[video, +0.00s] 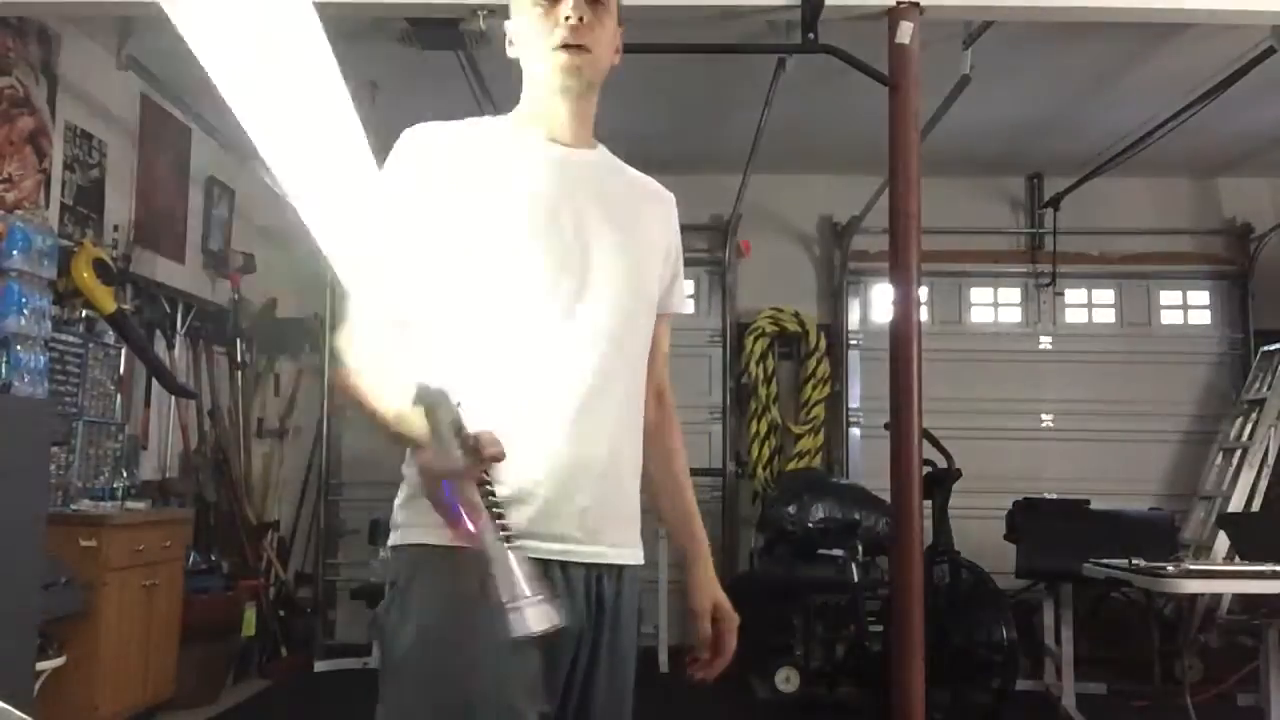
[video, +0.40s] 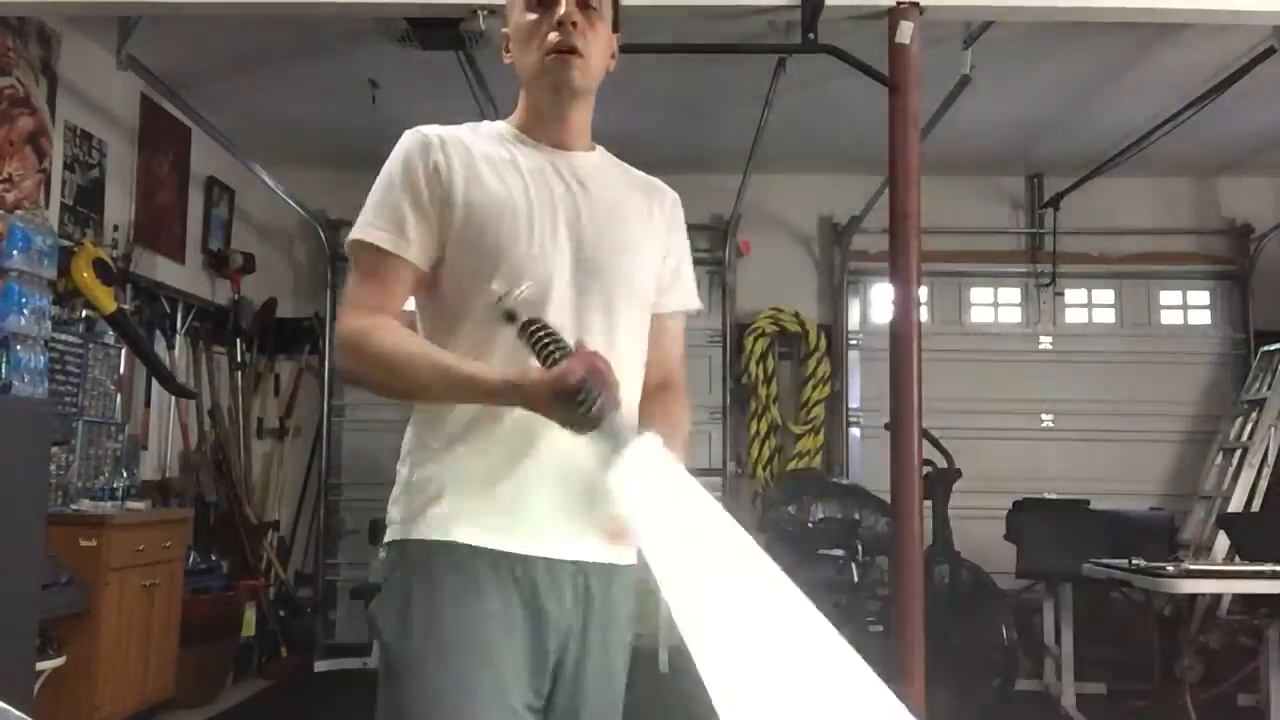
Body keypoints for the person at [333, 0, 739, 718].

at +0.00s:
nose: (573, 13)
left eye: (594, 2)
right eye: (548, 0)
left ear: (619, 41)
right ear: (510, 34)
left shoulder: (652, 206)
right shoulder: (432, 156)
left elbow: (652, 400)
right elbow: (358, 348)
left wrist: (698, 560)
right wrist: (432, 432)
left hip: (610, 574)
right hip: (461, 558)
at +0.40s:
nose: (565, 15)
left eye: (588, 6)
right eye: (541, 4)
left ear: (613, 51)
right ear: (507, 41)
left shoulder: (656, 206)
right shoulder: (436, 158)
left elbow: (664, 386)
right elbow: (360, 335)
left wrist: (654, 483)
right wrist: (520, 388)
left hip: (606, 567)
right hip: (462, 558)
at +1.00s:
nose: (444, 5)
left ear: (502, 29)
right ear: (384, 25)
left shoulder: (574, 187)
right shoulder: (323, 150)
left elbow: (611, 354)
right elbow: (312, 326)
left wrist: (617, 405)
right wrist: (542, 338)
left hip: (548, 576)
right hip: (376, 572)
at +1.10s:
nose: (398, 1)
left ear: (459, 18)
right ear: (333, 15)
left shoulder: (532, 185)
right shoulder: (267, 142)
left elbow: (571, 366)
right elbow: (269, 325)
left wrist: (583, 417)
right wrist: (509, 345)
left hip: (510, 590)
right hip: (328, 588)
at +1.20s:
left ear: (402, 10)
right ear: (273, 6)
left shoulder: (479, 179)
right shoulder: (197, 122)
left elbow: (504, 393)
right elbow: (206, 323)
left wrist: (533, 436)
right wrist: (467, 356)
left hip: (453, 603)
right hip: (253, 602)